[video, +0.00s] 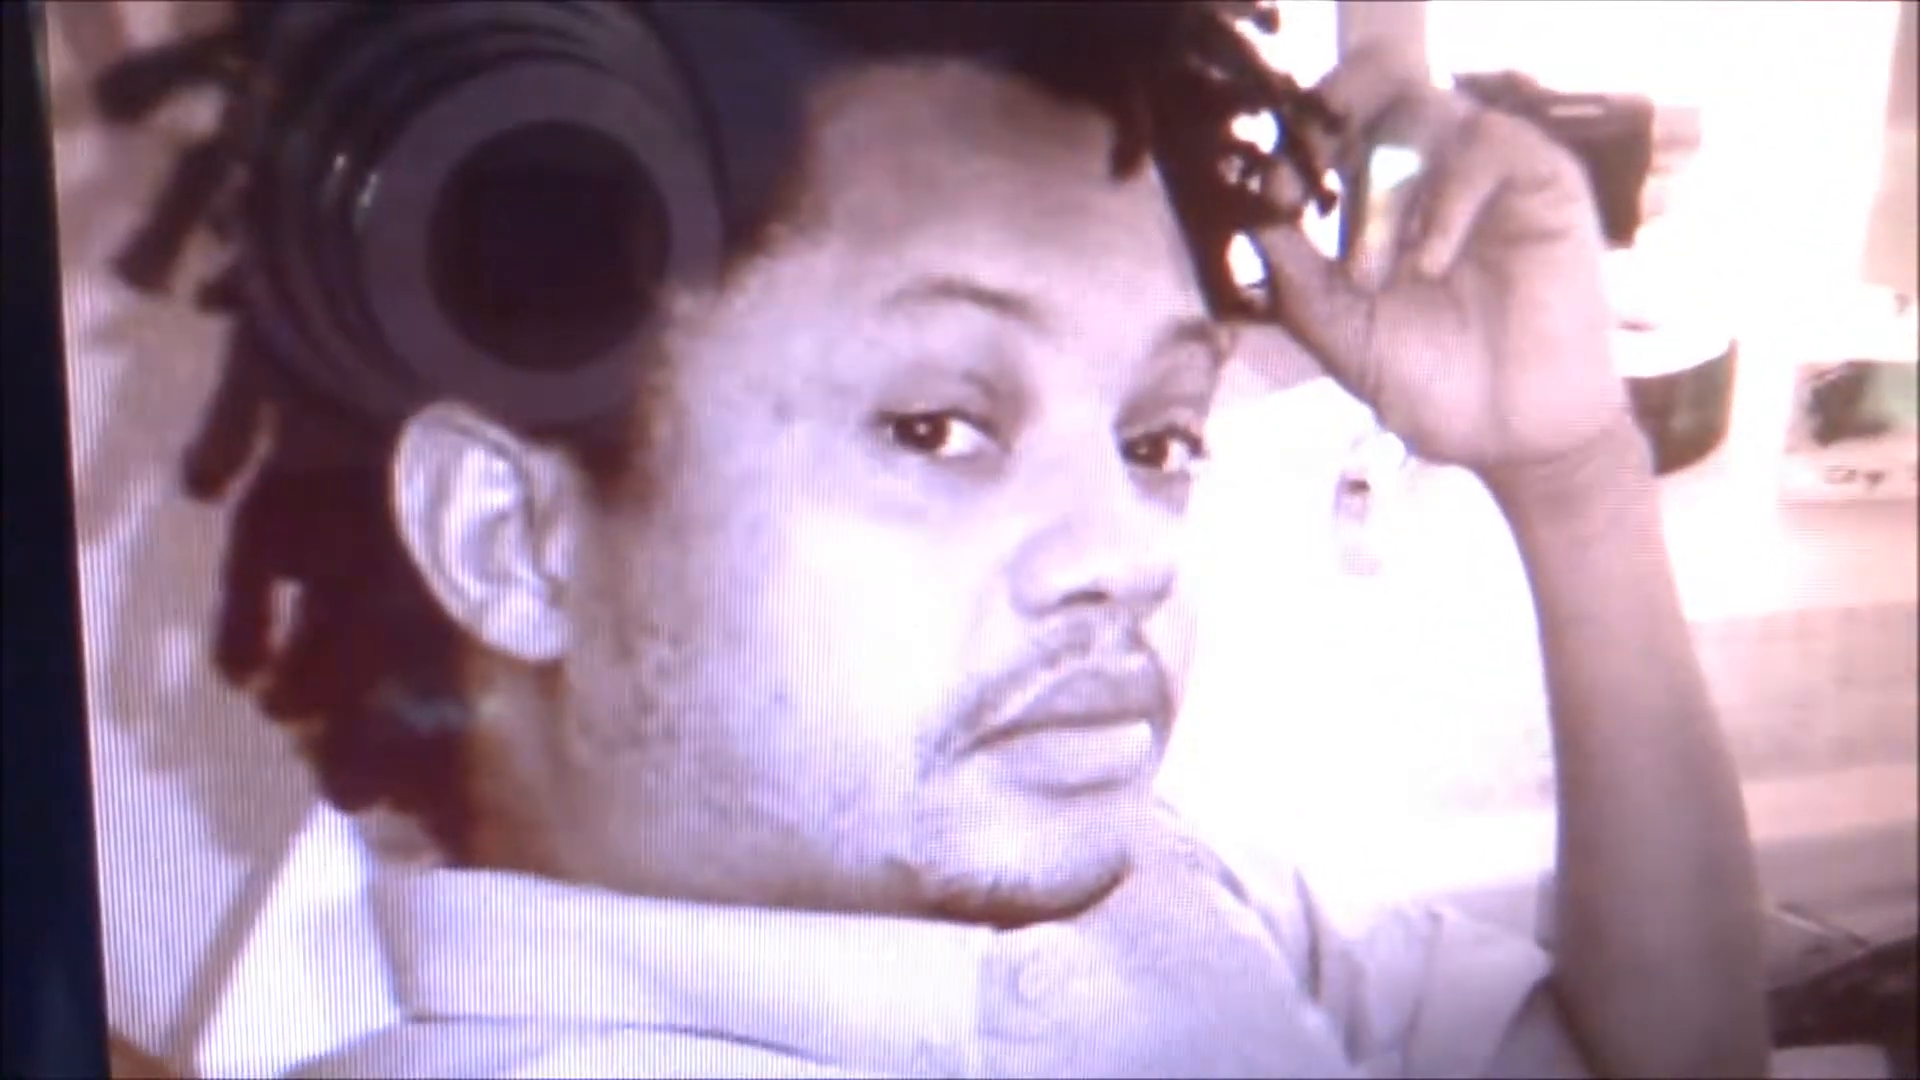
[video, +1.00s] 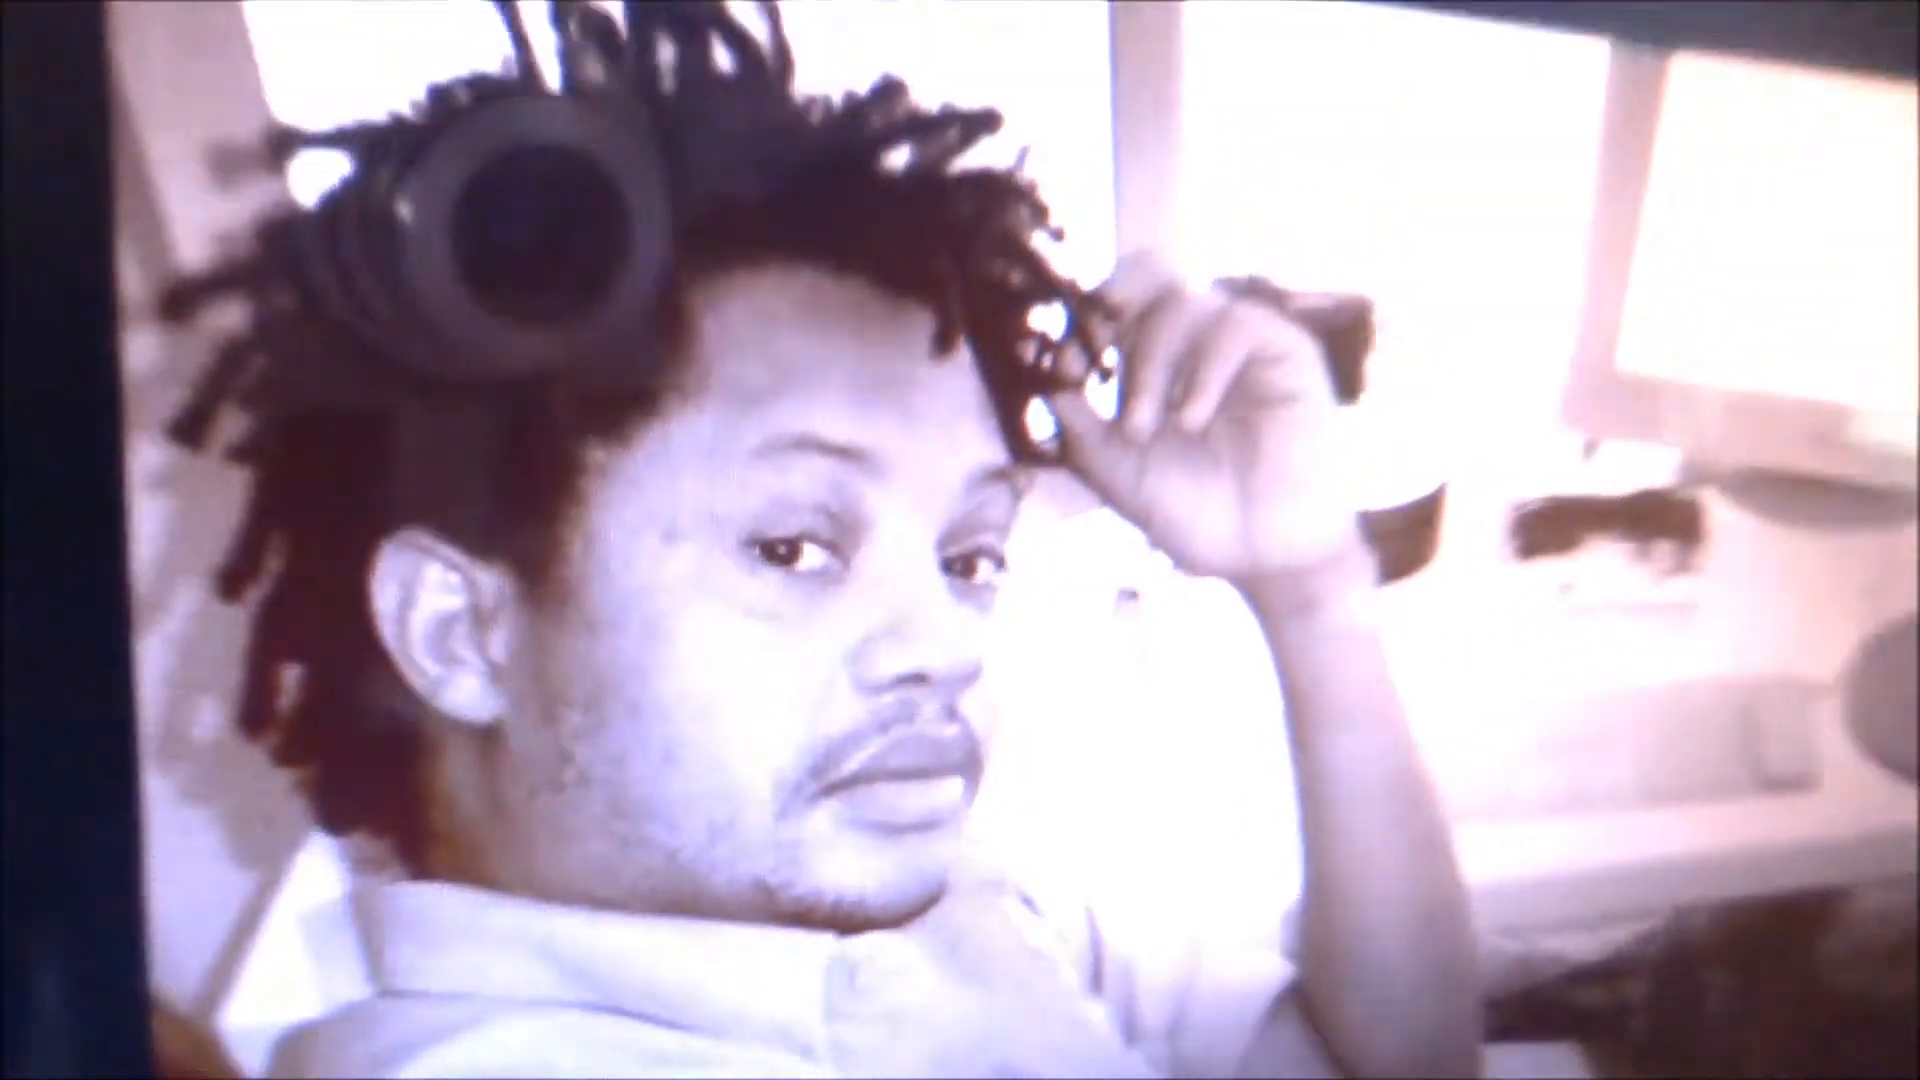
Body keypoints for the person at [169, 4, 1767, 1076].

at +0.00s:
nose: (1125, 560)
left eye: (1157, 447)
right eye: (940, 425)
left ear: (1204, 462)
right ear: (505, 536)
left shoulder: (1231, 956)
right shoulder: (250, 981)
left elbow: (1670, 1051)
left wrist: (1574, 479)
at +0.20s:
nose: (1095, 591)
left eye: (1125, 478)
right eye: (896, 461)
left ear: (1174, 487)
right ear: (446, 581)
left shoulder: (1182, 1000)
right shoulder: (227, 1042)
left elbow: (1649, 1052)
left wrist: (1549, 512)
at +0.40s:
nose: (1052, 582)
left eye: (1086, 470)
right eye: (855, 452)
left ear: (1132, 485)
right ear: (399, 571)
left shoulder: (1138, 992)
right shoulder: (100, 978)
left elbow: (1611, 1041)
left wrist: (1511, 506)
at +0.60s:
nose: (1018, 583)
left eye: (1055, 467)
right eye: (826, 446)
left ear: (1107, 481)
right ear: (373, 562)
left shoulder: (1123, 986)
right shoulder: (85, 968)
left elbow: (1581, 1046)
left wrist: (1480, 500)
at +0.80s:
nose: (1010, 603)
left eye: (1040, 492)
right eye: (830, 481)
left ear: (1091, 499)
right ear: (406, 586)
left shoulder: (1102, 981)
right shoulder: (170, 1020)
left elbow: (1532, 1049)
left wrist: (1438, 531)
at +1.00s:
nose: (939, 655)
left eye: (970, 563)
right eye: (797, 549)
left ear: (1009, 565)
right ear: (455, 631)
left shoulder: (1021, 963)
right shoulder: (392, 1034)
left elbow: (1399, 1054)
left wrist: (1311, 590)